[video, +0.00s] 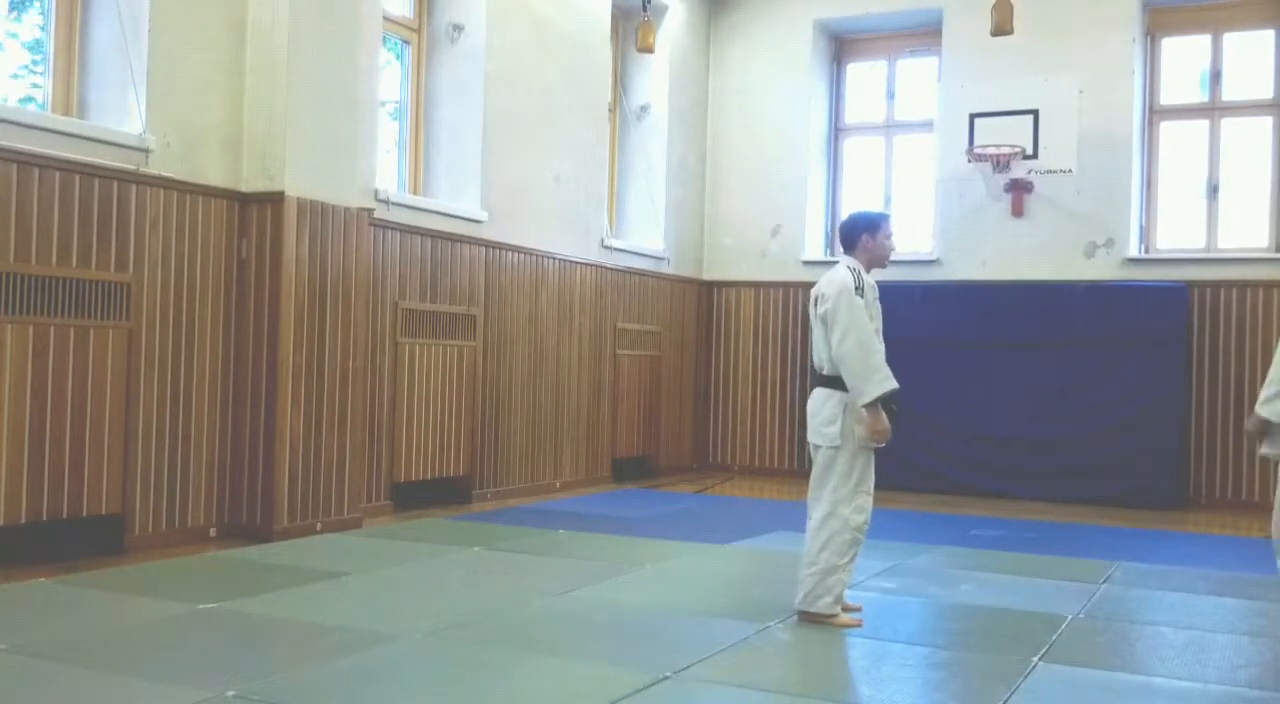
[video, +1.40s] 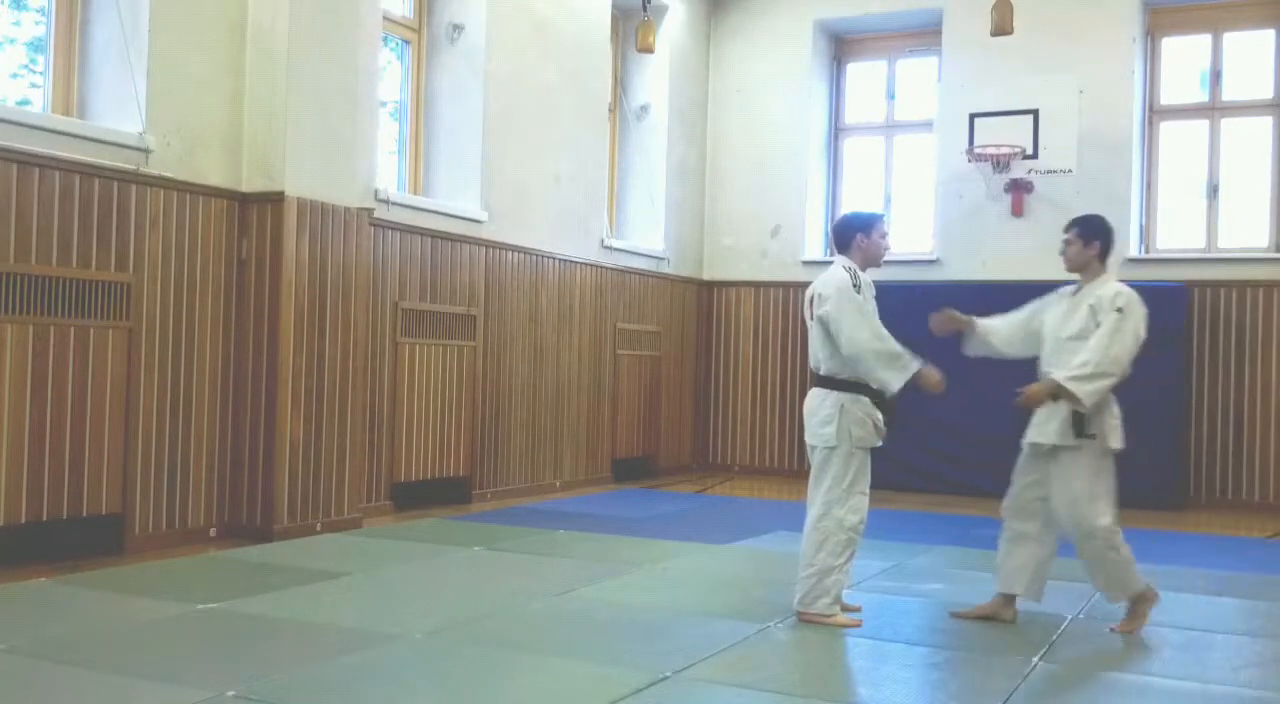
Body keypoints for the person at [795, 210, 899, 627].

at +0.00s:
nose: (893, 245)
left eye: (891, 237)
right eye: (888, 237)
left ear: (864, 240)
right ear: (867, 240)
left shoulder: (851, 281)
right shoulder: (845, 284)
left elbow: (860, 346)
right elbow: (855, 348)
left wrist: (875, 399)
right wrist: (872, 406)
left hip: (844, 403)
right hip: (841, 405)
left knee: (840, 503)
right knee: (843, 507)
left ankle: (826, 591)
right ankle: (818, 601)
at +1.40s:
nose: (888, 244)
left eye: (887, 236)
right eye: (882, 236)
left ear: (860, 240)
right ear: (861, 240)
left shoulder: (855, 283)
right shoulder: (838, 283)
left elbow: (874, 336)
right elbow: (858, 342)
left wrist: (914, 366)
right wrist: (915, 369)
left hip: (851, 406)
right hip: (837, 407)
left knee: (845, 506)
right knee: (836, 508)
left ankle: (826, 592)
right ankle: (815, 602)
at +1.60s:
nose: (886, 245)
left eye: (885, 237)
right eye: (880, 237)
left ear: (853, 242)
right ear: (855, 241)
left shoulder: (840, 280)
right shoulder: (840, 281)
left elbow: (847, 347)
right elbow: (891, 319)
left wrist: (891, 363)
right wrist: (951, 316)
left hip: (840, 403)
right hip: (839, 407)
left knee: (839, 505)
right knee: (839, 508)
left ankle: (824, 594)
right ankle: (816, 603)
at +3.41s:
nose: (847, 247)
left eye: (846, 239)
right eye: (844, 239)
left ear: (810, 239)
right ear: (825, 239)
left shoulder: (779, 279)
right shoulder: (813, 283)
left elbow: (818, 330)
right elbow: (879, 303)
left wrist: (859, 333)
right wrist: (943, 285)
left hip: (780, 401)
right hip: (804, 408)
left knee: (791, 498)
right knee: (819, 506)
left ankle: (769, 573)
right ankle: (813, 604)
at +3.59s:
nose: (816, 251)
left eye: (816, 243)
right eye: (813, 242)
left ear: (785, 243)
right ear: (793, 242)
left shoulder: (759, 281)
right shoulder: (782, 285)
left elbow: (793, 336)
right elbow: (846, 306)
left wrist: (834, 341)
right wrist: (910, 288)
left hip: (761, 404)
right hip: (781, 408)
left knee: (769, 497)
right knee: (806, 504)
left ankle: (712, 563)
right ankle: (811, 604)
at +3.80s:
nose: (792, 256)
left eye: (791, 248)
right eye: (787, 247)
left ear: (763, 250)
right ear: (764, 248)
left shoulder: (748, 286)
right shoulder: (744, 285)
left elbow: (764, 355)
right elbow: (801, 304)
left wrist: (807, 346)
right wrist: (865, 289)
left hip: (731, 404)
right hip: (733, 407)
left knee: (724, 503)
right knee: (766, 501)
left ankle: (697, 585)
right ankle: (789, 599)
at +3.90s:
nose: (778, 252)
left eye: (778, 244)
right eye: (773, 243)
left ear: (748, 244)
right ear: (750, 243)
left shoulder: (740, 283)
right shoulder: (727, 279)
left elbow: (752, 356)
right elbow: (781, 299)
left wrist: (796, 343)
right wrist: (844, 287)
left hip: (724, 401)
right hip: (717, 401)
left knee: (711, 495)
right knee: (748, 489)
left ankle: (697, 582)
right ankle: (733, 589)